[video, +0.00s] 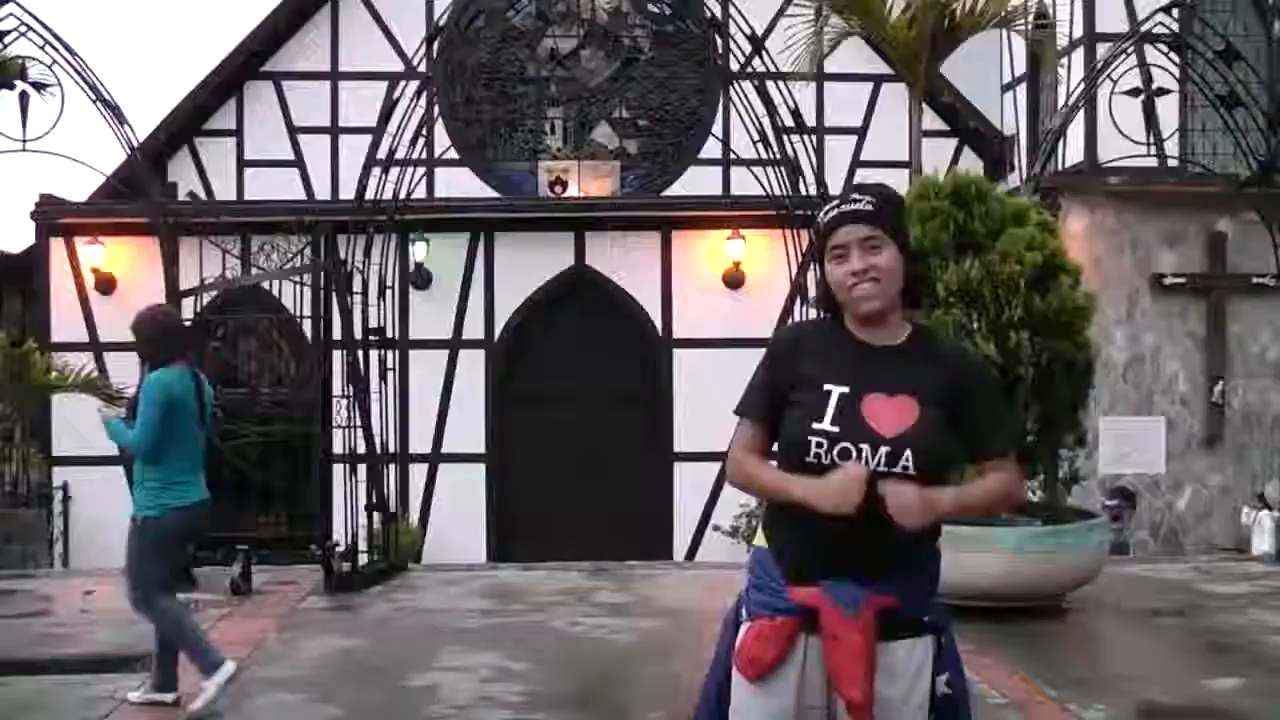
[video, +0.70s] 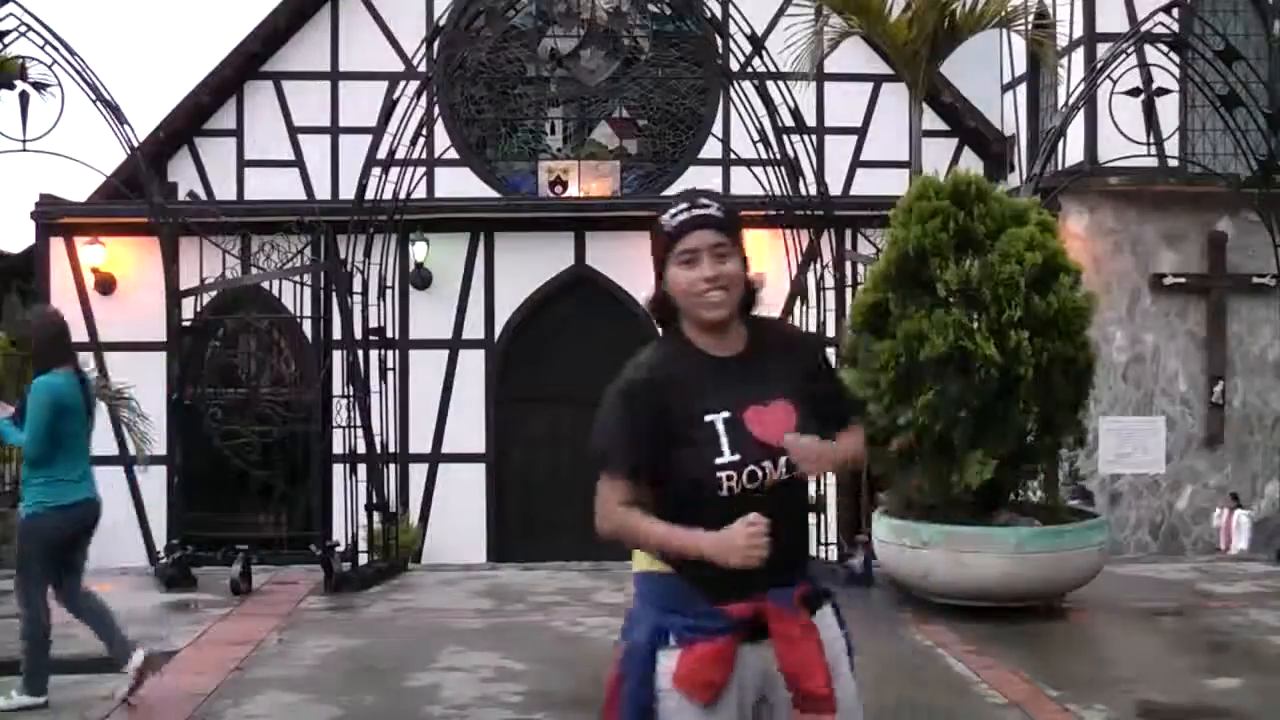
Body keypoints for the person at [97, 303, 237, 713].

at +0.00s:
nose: (136, 347)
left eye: (139, 341)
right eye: (136, 340)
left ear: (150, 342)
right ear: (178, 338)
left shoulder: (158, 384)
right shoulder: (197, 382)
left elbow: (141, 443)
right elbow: (205, 431)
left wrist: (113, 421)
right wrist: (141, 416)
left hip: (158, 508)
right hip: (190, 501)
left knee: (144, 595)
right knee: (165, 593)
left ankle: (214, 666)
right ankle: (163, 683)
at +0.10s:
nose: (131, 347)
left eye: (133, 340)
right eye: (131, 340)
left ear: (143, 342)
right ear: (173, 337)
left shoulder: (152, 383)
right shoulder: (193, 381)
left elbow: (136, 442)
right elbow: (205, 430)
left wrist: (107, 420)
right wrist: (139, 416)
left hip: (153, 507)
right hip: (187, 501)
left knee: (131, 592)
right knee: (164, 590)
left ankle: (199, 660)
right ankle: (163, 681)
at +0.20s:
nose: (113, 345)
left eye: (115, 339)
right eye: (114, 338)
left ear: (125, 341)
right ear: (154, 336)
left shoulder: (136, 382)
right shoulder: (173, 379)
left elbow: (119, 441)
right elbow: (151, 435)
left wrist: (90, 418)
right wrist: (111, 411)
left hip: (137, 507)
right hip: (173, 502)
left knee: (99, 582)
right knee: (159, 594)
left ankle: (139, 656)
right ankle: (165, 682)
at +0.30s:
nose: (99, 352)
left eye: (101, 344)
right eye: (99, 345)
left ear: (111, 344)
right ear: (141, 339)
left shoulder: (125, 384)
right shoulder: (159, 380)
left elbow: (111, 444)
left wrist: (80, 418)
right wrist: (102, 410)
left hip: (126, 507)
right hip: (163, 501)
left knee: (92, 585)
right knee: (155, 592)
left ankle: (89, 683)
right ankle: (164, 685)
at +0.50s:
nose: (64, 355)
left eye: (66, 348)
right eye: (63, 348)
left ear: (79, 350)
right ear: (105, 345)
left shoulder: (88, 391)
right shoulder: (123, 387)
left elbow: (72, 451)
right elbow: (118, 447)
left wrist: (43, 425)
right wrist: (61, 422)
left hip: (89, 514)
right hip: (126, 508)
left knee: (56, 594)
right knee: (134, 595)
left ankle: (37, 685)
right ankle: (162, 680)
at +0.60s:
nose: (48, 358)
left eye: (51, 350)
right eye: (47, 350)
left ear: (66, 350)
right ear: (87, 347)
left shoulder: (71, 392)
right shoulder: (103, 386)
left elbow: (57, 454)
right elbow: (97, 445)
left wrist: (27, 426)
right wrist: (41, 423)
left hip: (69, 514)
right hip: (106, 508)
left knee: (39, 595)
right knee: (113, 591)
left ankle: (33, 688)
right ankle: (158, 674)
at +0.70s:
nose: (26, 348)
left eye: (29, 342)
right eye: (29, 341)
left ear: (36, 345)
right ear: (65, 341)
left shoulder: (44, 387)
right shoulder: (79, 382)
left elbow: (33, 449)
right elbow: (69, 438)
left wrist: (6, 427)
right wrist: (21, 417)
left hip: (46, 509)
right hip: (83, 502)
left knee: (31, 595)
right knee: (70, 590)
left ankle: (33, 687)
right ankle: (129, 654)